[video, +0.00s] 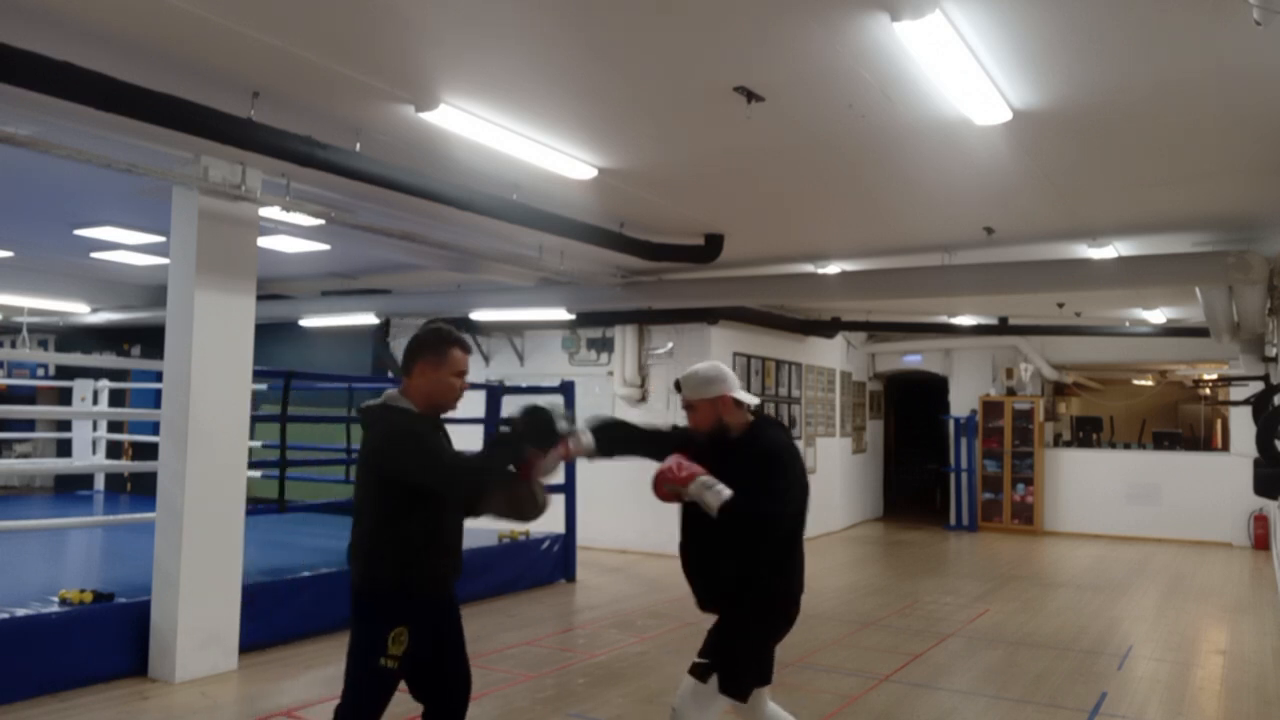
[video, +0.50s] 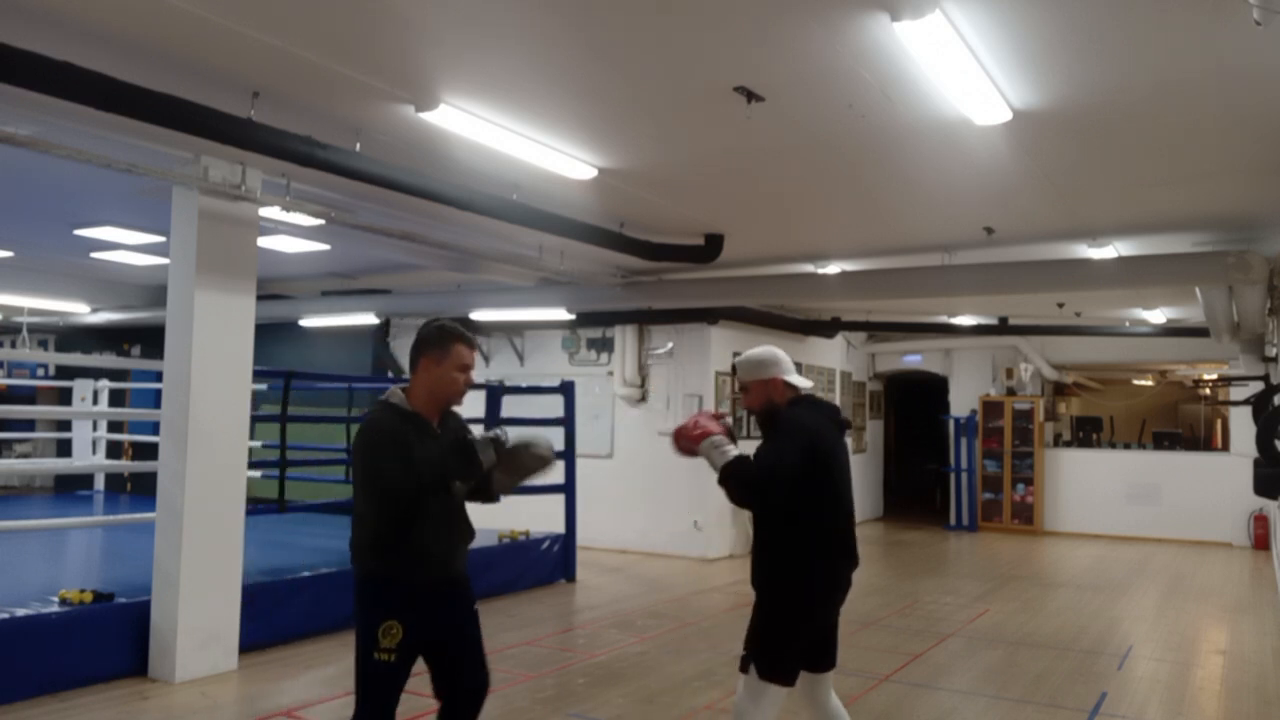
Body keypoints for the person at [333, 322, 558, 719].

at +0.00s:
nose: (465, 386)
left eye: (465, 376)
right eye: (458, 375)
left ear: (431, 373)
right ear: (422, 370)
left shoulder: (428, 428)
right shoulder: (393, 426)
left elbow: (459, 495)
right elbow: (449, 480)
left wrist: (518, 475)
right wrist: (513, 445)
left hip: (428, 588)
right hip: (389, 590)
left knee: (449, 695)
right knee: (363, 702)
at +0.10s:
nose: (471, 387)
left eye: (472, 377)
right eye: (464, 375)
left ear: (432, 373)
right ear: (429, 370)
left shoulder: (443, 427)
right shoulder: (391, 424)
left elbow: (463, 486)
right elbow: (437, 495)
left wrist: (530, 465)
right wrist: (525, 462)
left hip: (440, 589)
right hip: (394, 592)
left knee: (455, 697)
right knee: (370, 703)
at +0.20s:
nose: (477, 386)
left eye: (479, 377)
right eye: (471, 374)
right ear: (437, 369)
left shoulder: (463, 426)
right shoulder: (391, 425)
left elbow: (492, 475)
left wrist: (536, 455)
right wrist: (482, 462)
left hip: (446, 580)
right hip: (395, 583)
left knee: (459, 695)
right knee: (385, 702)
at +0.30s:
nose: (481, 383)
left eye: (483, 372)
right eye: (475, 371)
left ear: (446, 368)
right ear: (438, 366)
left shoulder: (463, 425)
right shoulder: (391, 424)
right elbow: (388, 515)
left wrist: (506, 469)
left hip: (450, 575)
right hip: (396, 579)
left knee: (454, 698)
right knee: (391, 702)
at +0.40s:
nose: (479, 380)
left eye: (480, 371)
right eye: (471, 368)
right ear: (434, 363)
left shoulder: (464, 427)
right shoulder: (386, 423)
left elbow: (482, 496)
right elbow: (387, 503)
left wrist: (499, 482)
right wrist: (466, 479)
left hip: (449, 578)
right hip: (391, 581)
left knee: (449, 705)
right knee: (384, 706)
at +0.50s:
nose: (470, 381)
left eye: (472, 371)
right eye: (462, 369)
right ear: (427, 365)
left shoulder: (453, 428)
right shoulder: (382, 427)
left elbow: (468, 486)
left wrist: (501, 476)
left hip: (446, 579)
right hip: (388, 583)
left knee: (467, 689)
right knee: (376, 703)